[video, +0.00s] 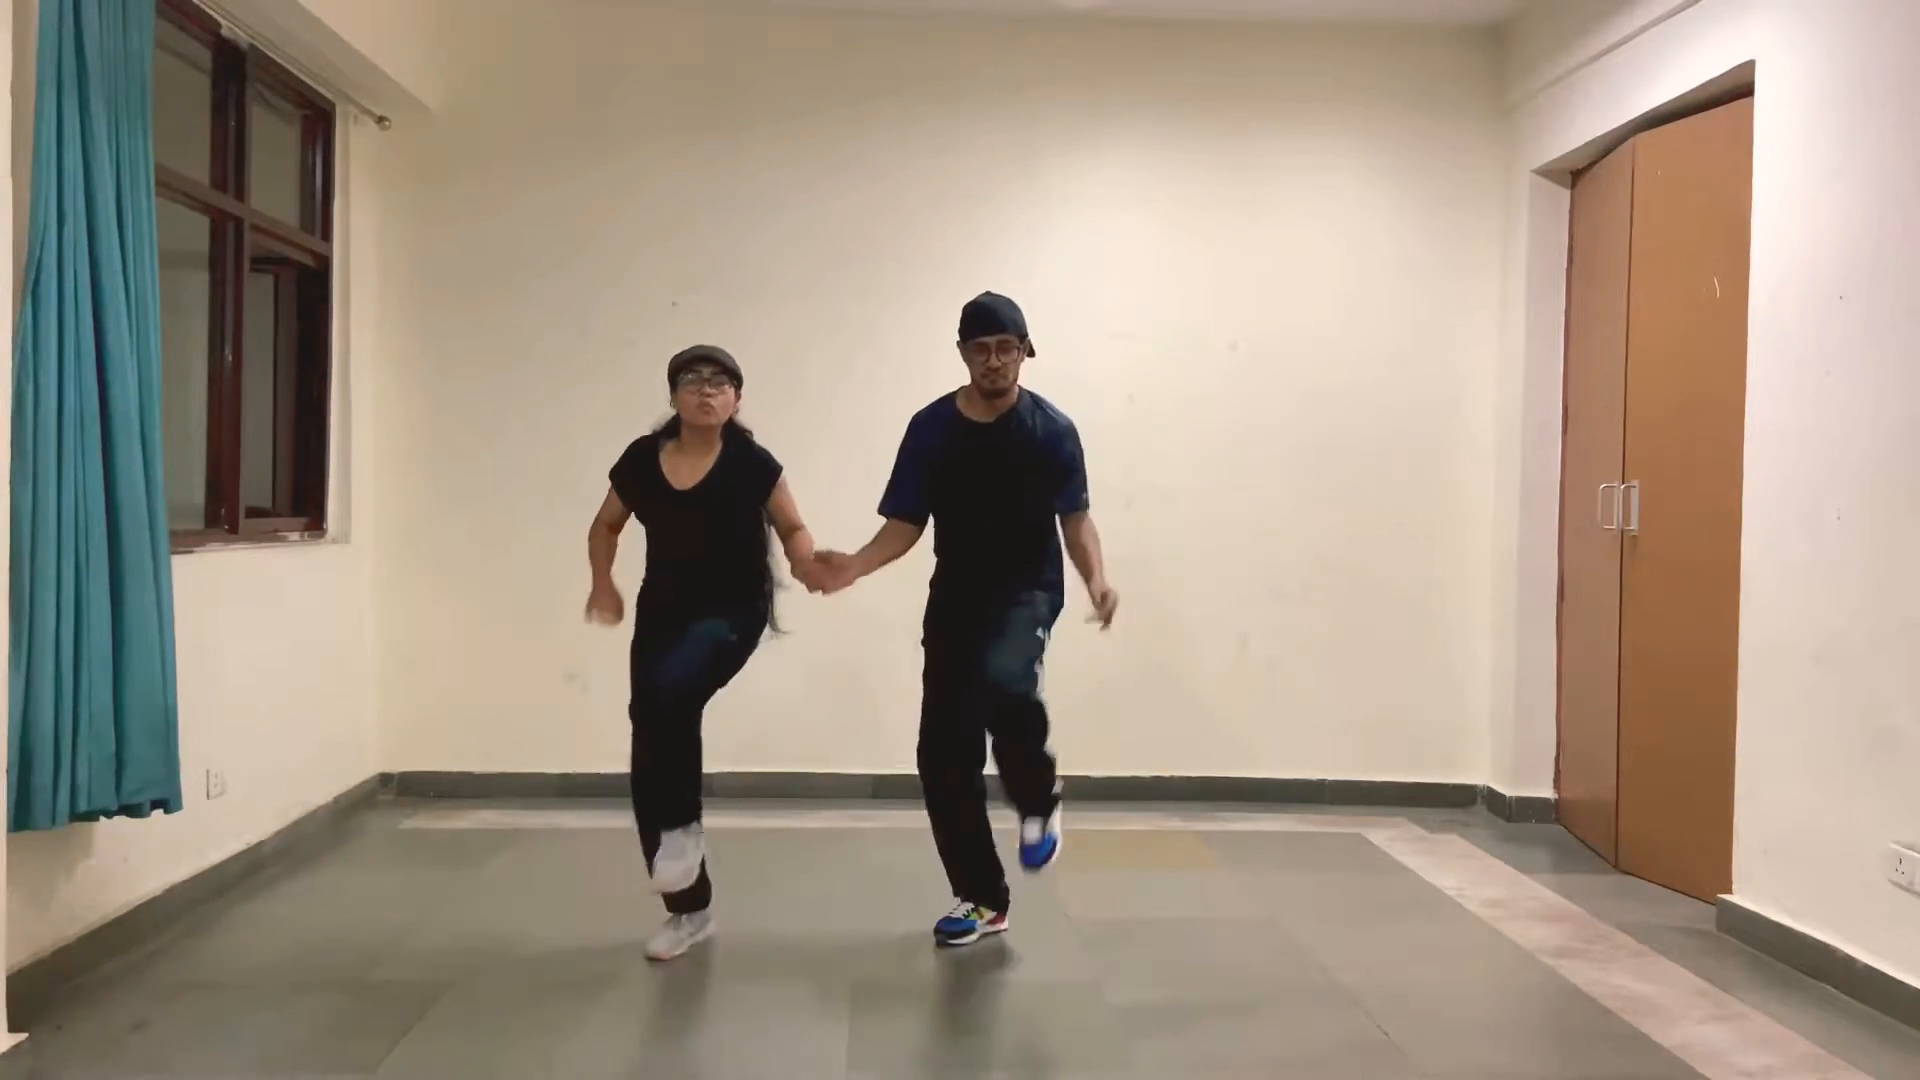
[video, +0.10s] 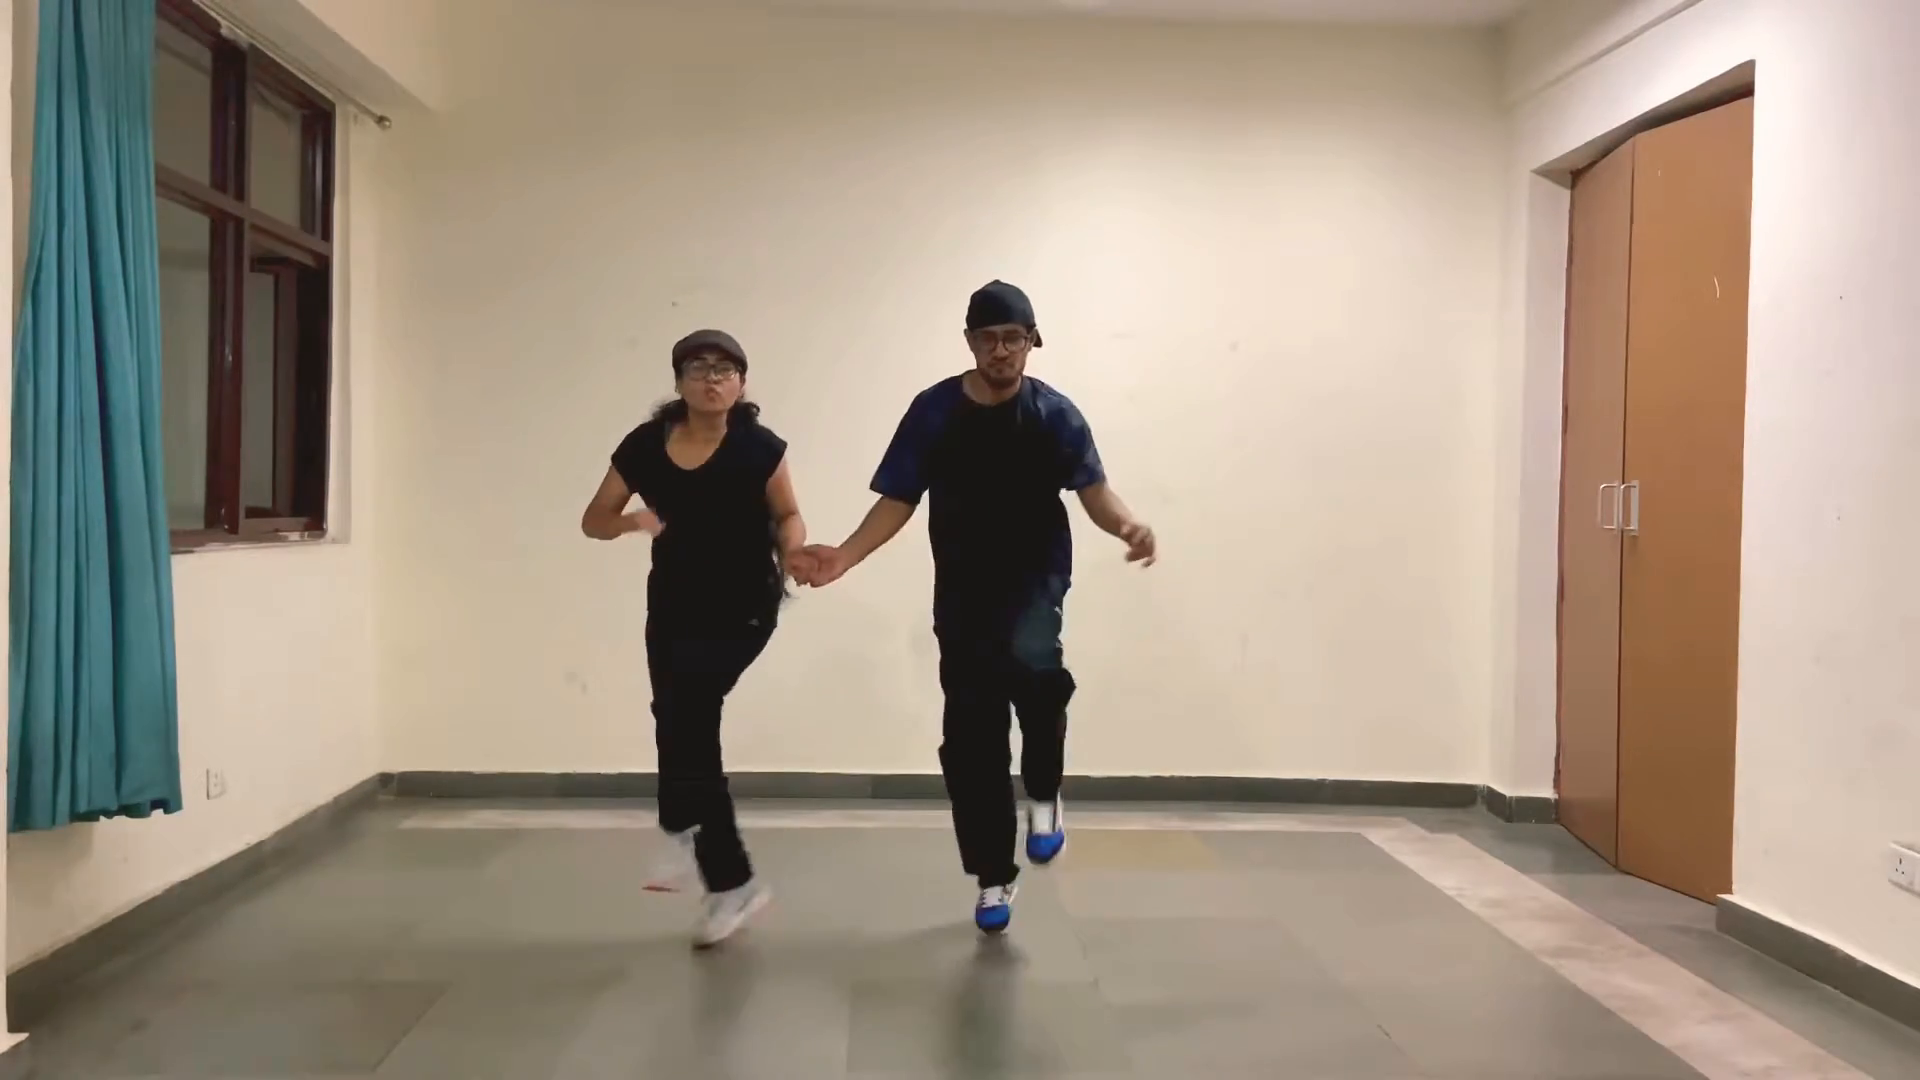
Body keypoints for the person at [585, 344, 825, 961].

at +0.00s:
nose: (707, 392)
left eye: (719, 384)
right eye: (694, 384)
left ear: (736, 398)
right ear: (674, 397)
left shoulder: (753, 465)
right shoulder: (644, 459)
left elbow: (792, 527)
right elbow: (605, 526)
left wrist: (804, 559)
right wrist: (602, 581)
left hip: (732, 611)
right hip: (662, 613)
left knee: (671, 693)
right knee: (651, 741)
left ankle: (679, 826)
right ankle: (688, 905)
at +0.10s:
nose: (714, 380)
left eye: (724, 371)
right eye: (700, 372)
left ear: (742, 382)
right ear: (679, 383)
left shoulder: (759, 448)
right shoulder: (646, 446)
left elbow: (786, 515)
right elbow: (595, 520)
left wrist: (793, 553)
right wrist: (634, 523)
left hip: (744, 603)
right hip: (674, 605)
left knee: (687, 700)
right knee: (690, 735)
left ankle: (678, 835)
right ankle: (733, 882)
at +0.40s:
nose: (724, 409)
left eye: (735, 398)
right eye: (710, 399)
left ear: (751, 408)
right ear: (690, 407)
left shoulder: (763, 472)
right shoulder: (656, 458)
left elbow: (797, 537)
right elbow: (604, 534)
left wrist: (820, 603)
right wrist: (627, 557)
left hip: (731, 636)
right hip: (661, 633)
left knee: (701, 762)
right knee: (650, 771)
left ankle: (719, 902)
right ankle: (755, 852)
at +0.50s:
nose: (717, 419)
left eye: (727, 409)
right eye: (703, 410)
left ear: (742, 420)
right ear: (681, 421)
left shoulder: (758, 483)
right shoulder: (647, 481)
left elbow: (802, 533)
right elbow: (590, 559)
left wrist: (826, 584)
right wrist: (616, 612)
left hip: (721, 654)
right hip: (649, 646)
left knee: (706, 779)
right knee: (582, 771)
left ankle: (735, 907)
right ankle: (671, 826)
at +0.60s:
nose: (704, 424)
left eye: (714, 413)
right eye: (690, 414)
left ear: (730, 421)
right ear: (669, 423)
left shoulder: (744, 485)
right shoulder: (634, 486)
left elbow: (804, 525)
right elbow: (568, 562)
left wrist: (811, 564)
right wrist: (581, 638)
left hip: (700, 656)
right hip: (627, 646)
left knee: (677, 774)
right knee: (554, 759)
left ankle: (707, 902)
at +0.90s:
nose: (698, 412)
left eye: (709, 403)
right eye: (685, 404)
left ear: (727, 415)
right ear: (666, 418)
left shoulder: (753, 485)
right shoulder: (637, 485)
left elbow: (792, 551)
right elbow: (591, 555)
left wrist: (827, 565)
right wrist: (542, 627)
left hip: (708, 656)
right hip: (633, 647)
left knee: (688, 780)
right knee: (601, 766)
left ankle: (675, 905)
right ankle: (588, 829)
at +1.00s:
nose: (704, 393)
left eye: (716, 384)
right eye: (691, 384)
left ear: (734, 397)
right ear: (671, 398)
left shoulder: (758, 467)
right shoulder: (645, 466)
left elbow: (786, 546)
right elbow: (623, 539)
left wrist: (842, 532)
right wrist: (595, 612)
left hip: (725, 636)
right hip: (653, 630)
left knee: (707, 773)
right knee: (656, 741)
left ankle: (682, 902)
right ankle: (655, 794)